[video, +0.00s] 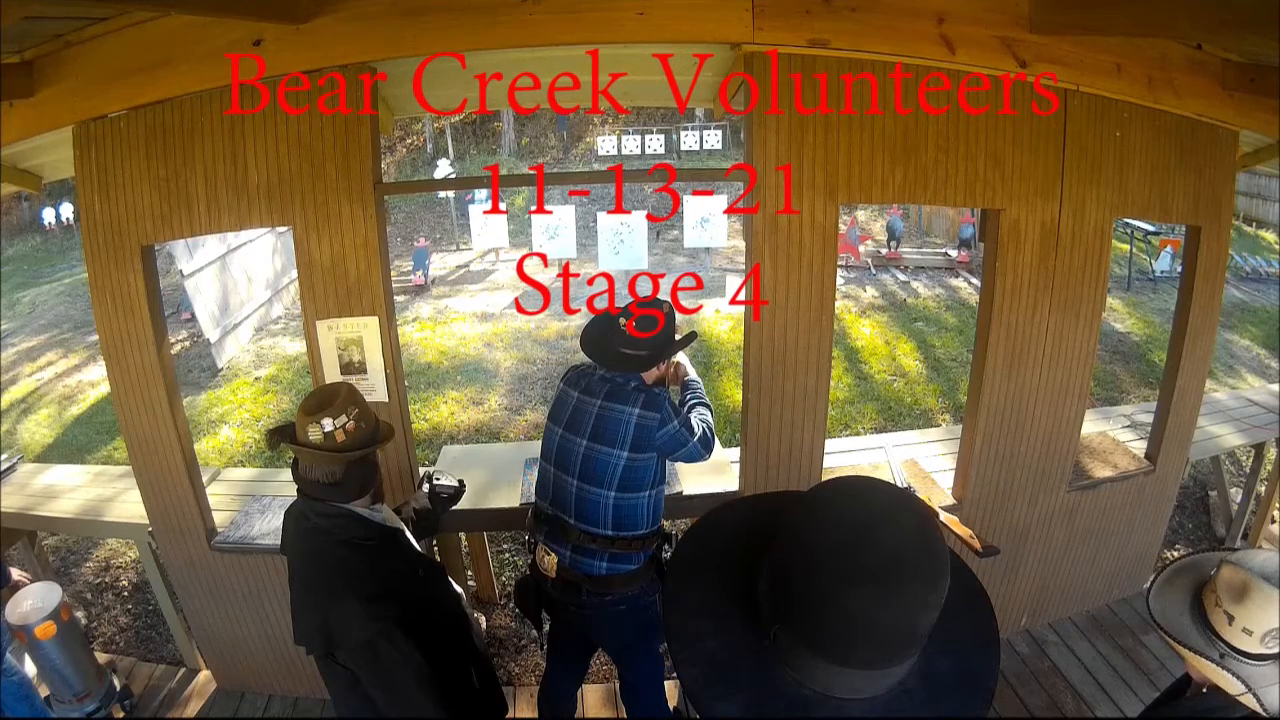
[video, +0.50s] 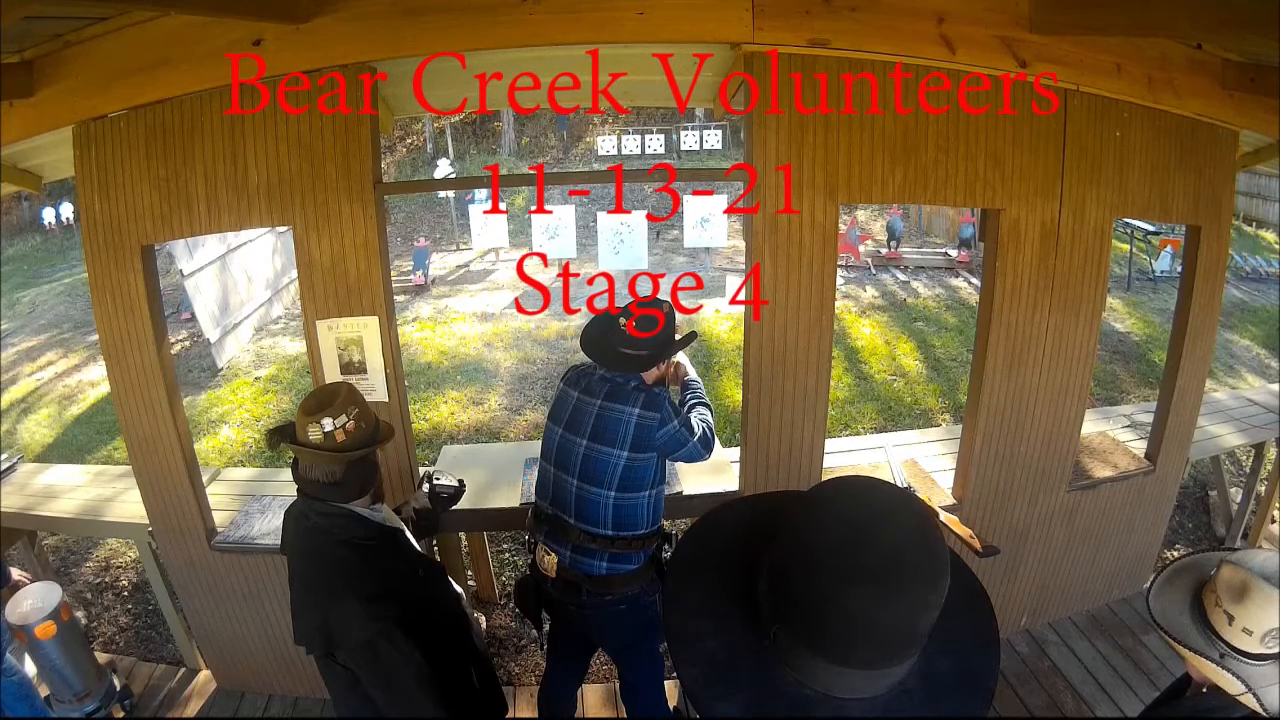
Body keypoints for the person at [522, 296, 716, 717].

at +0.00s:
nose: (667, 361)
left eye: (667, 354)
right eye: (664, 354)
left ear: (606, 349)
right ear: (651, 363)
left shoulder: (571, 382)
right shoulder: (653, 410)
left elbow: (615, 391)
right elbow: (701, 443)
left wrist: (652, 378)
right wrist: (691, 379)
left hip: (555, 575)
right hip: (619, 587)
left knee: (560, 677)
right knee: (644, 684)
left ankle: (553, 715)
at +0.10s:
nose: (668, 360)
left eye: (668, 353)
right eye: (665, 353)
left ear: (608, 349)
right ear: (652, 364)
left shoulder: (572, 381)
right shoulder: (653, 411)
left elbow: (617, 390)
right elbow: (701, 443)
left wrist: (653, 377)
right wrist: (691, 379)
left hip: (556, 574)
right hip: (618, 587)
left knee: (560, 677)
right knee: (644, 682)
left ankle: (552, 717)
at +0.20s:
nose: (667, 360)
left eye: (667, 353)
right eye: (665, 353)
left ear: (606, 349)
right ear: (652, 363)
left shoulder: (571, 382)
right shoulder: (653, 411)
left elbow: (616, 392)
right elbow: (701, 443)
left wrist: (651, 377)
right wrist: (691, 379)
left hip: (556, 576)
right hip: (618, 588)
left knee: (560, 677)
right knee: (644, 683)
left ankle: (552, 716)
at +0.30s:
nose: (667, 360)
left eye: (667, 353)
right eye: (665, 353)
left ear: (606, 348)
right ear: (652, 363)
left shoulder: (571, 382)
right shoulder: (653, 411)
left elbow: (616, 391)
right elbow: (701, 443)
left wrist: (651, 377)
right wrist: (691, 379)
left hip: (556, 576)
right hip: (619, 588)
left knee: (560, 677)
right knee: (644, 684)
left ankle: (552, 716)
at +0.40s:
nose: (667, 360)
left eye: (667, 353)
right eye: (665, 353)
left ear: (606, 348)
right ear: (652, 363)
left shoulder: (571, 382)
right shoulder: (653, 411)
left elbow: (616, 391)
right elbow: (701, 443)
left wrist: (651, 377)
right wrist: (691, 379)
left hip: (556, 576)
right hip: (618, 589)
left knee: (560, 678)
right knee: (644, 684)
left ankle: (552, 716)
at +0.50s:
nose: (668, 359)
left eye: (668, 352)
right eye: (666, 353)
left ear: (608, 349)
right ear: (652, 363)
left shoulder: (571, 381)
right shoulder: (651, 411)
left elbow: (618, 391)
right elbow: (701, 443)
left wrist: (653, 377)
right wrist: (691, 379)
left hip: (556, 574)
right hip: (617, 586)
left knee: (560, 677)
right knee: (644, 682)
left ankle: (552, 716)